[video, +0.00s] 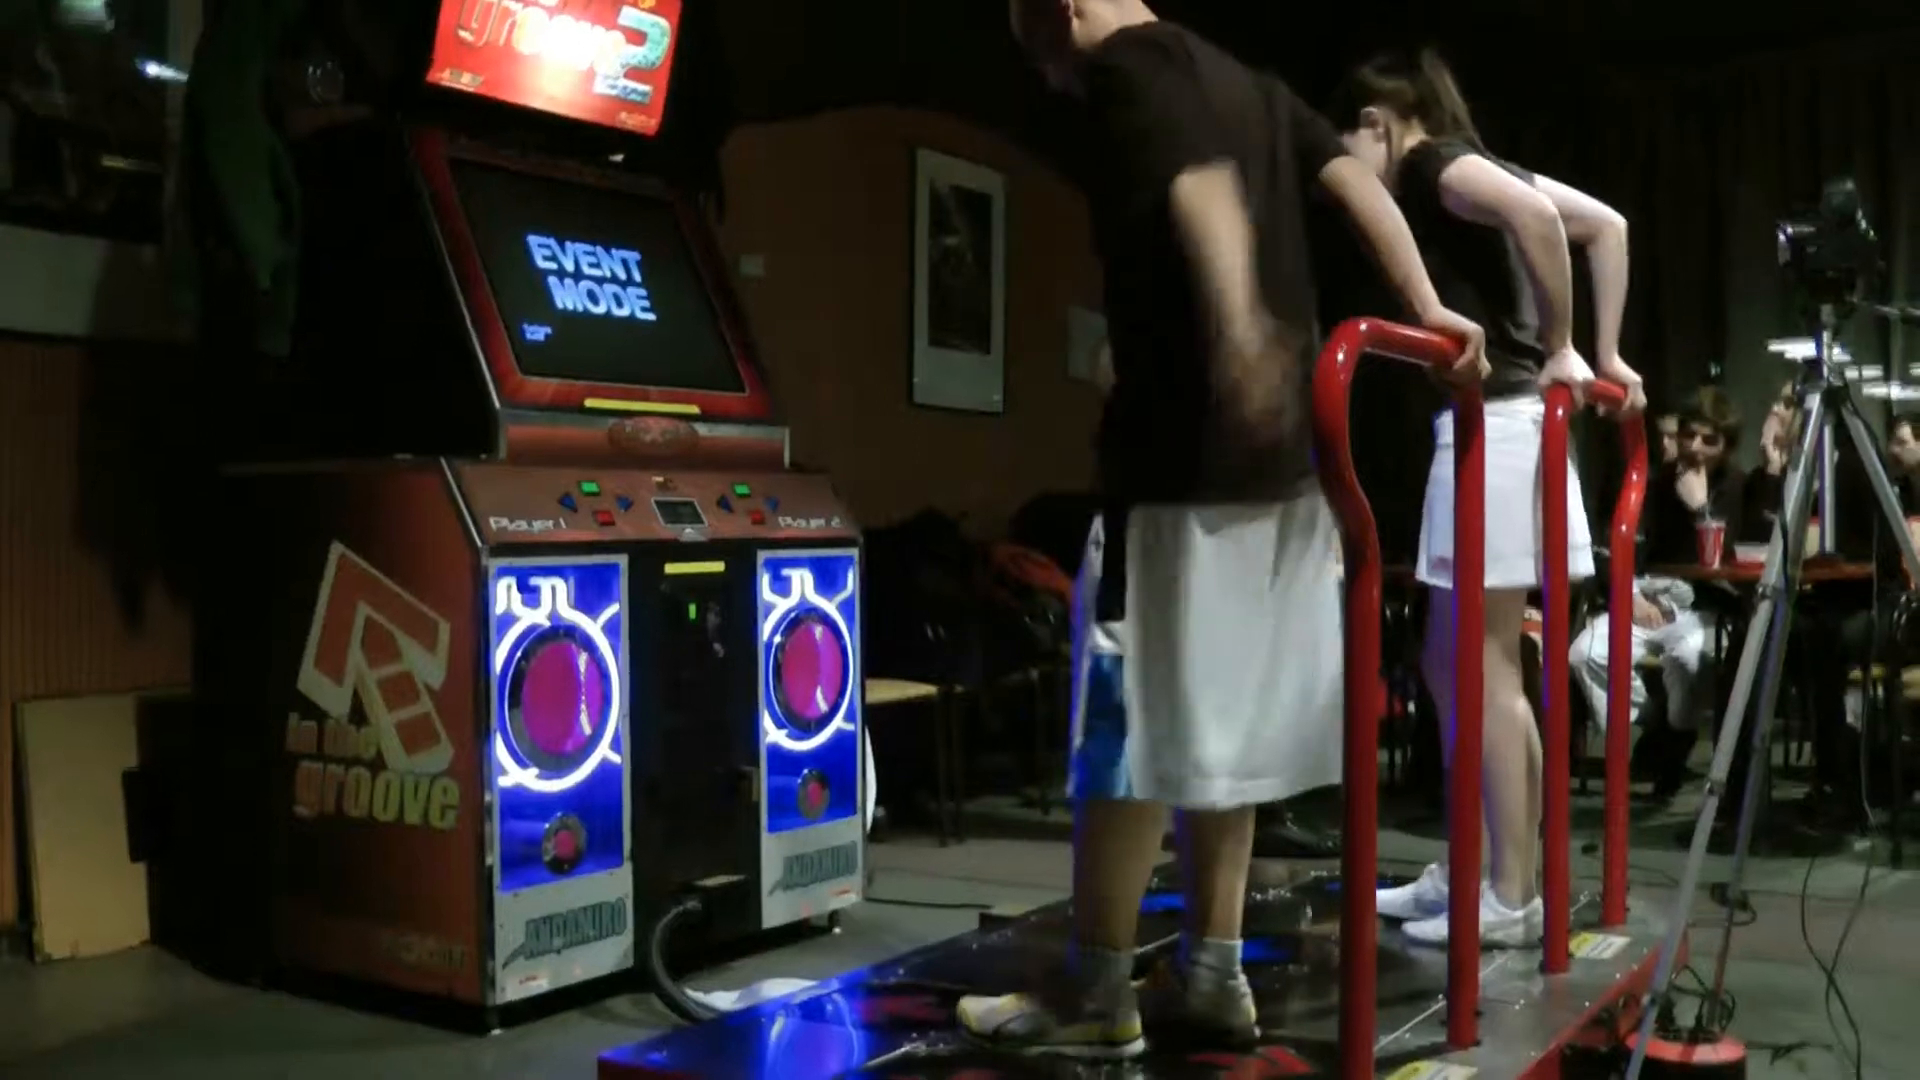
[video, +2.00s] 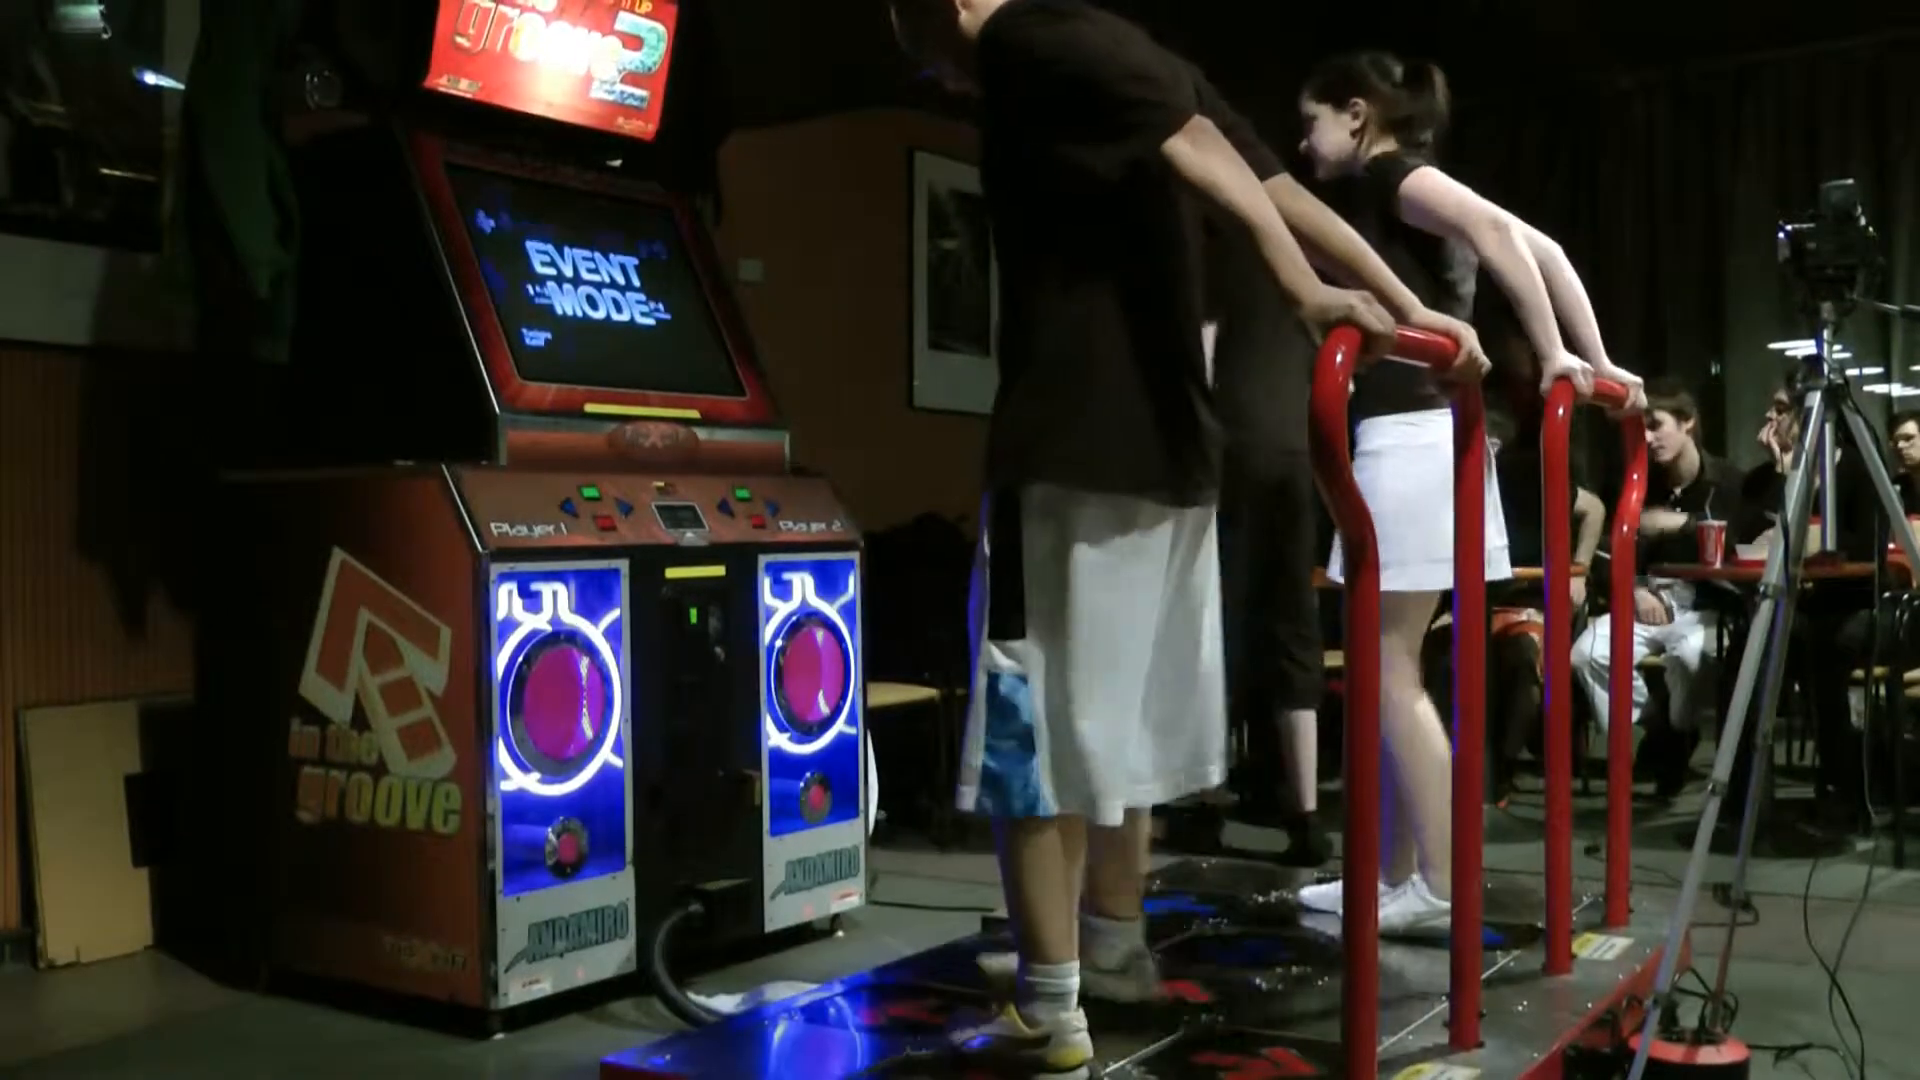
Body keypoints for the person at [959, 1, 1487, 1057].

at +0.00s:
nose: (1051, 57)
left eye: (1046, 39)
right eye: (1047, 44)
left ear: (1070, 14)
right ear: (1144, 2)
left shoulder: (1121, 63)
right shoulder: (1246, 81)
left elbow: (1205, 185)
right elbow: (1358, 179)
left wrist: (1241, 329)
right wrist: (1426, 305)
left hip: (1179, 453)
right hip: (1284, 453)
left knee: (1135, 729)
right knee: (1232, 722)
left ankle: (1098, 995)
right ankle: (1217, 978)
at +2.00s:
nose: (937, 62)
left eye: (927, 40)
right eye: (928, 48)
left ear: (953, 9)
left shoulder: (1024, 41)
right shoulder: (1135, 53)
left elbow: (1224, 177)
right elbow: (1273, 187)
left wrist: (1307, 296)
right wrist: (1401, 299)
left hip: (1076, 443)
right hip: (1164, 443)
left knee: (1039, 726)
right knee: (1125, 710)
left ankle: (1052, 1014)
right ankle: (1118, 960)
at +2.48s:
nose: (970, 48)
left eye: (968, 27)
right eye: (965, 33)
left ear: (1009, 7)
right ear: (1067, 0)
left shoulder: (1088, 65)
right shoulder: (1119, 77)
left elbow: (1222, 175)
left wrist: (1324, 303)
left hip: (1105, 460)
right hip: (1157, 461)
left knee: (1073, 720)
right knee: (1113, 715)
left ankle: (1113, 987)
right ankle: (1092, 950)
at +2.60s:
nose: (980, 36)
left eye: (984, 18)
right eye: (976, 25)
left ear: (1036, 3)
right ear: (1062, 12)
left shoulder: (1114, 65)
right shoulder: (1073, 100)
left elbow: (1236, 169)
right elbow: (1078, 340)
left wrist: (1324, 296)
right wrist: (951, 447)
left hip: (1124, 465)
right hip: (1104, 464)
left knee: (1102, 730)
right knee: (1097, 725)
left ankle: (1149, 986)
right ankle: (1085, 941)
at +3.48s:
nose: (960, 36)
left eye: (960, 16)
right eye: (952, 24)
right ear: (1016, 12)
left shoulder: (1115, 61)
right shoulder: (1045, 104)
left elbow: (1242, 181)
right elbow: (1008, 324)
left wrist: (1326, 302)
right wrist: (917, 462)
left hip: (1112, 468)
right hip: (1053, 468)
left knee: (1118, 732)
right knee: (1071, 726)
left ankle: (1157, 997)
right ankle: (1084, 945)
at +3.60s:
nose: (954, 35)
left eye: (955, 15)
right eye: (950, 22)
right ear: (1008, 11)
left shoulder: (1112, 62)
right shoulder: (1052, 97)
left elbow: (1234, 175)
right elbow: (1155, 295)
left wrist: (1319, 297)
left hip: (1112, 470)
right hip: (1054, 469)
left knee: (1117, 739)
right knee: (1062, 730)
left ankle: (1157, 996)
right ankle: (1084, 943)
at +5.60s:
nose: (999, 16)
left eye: (1003, 4)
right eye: (1000, 9)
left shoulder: (1110, 56)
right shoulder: (1107, 72)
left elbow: (1227, 177)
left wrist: (1317, 301)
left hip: (1092, 471)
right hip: (1133, 466)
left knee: (1047, 719)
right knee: (1110, 715)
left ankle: (1114, 973)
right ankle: (1087, 946)